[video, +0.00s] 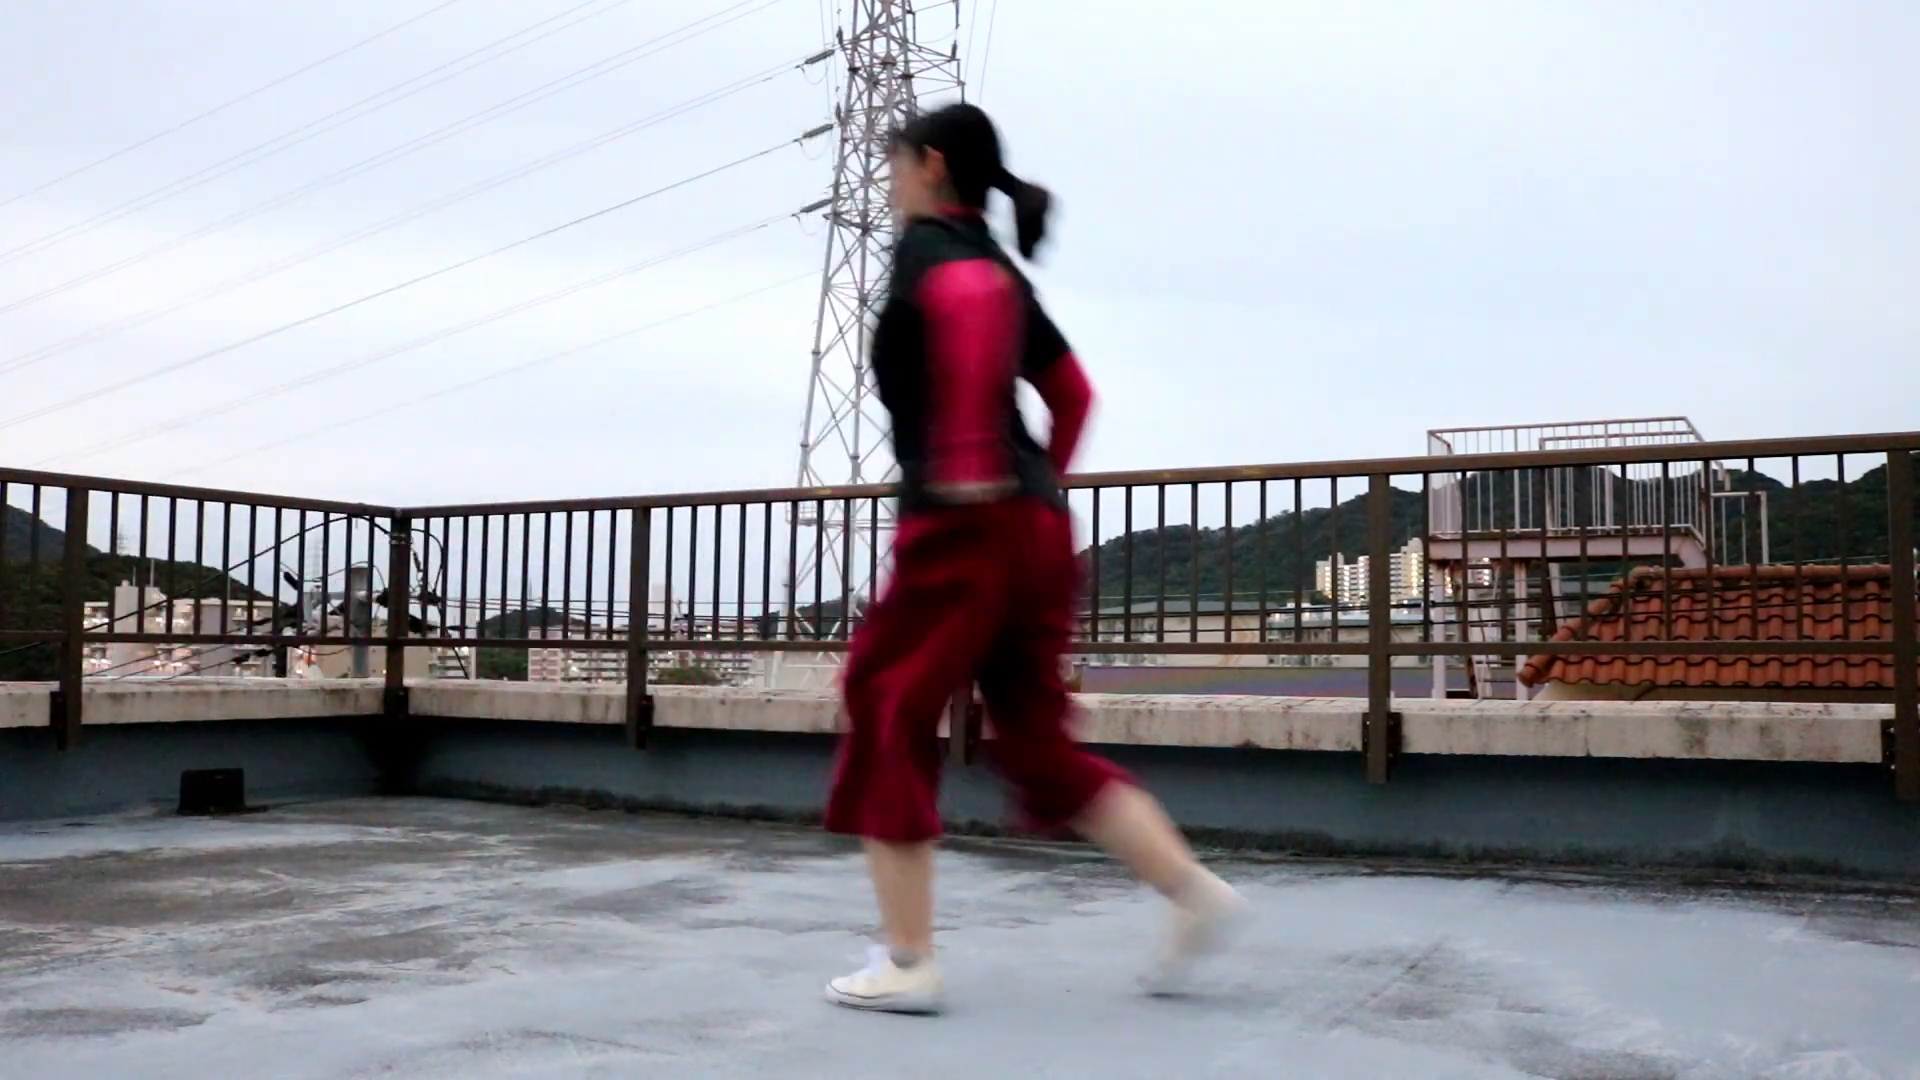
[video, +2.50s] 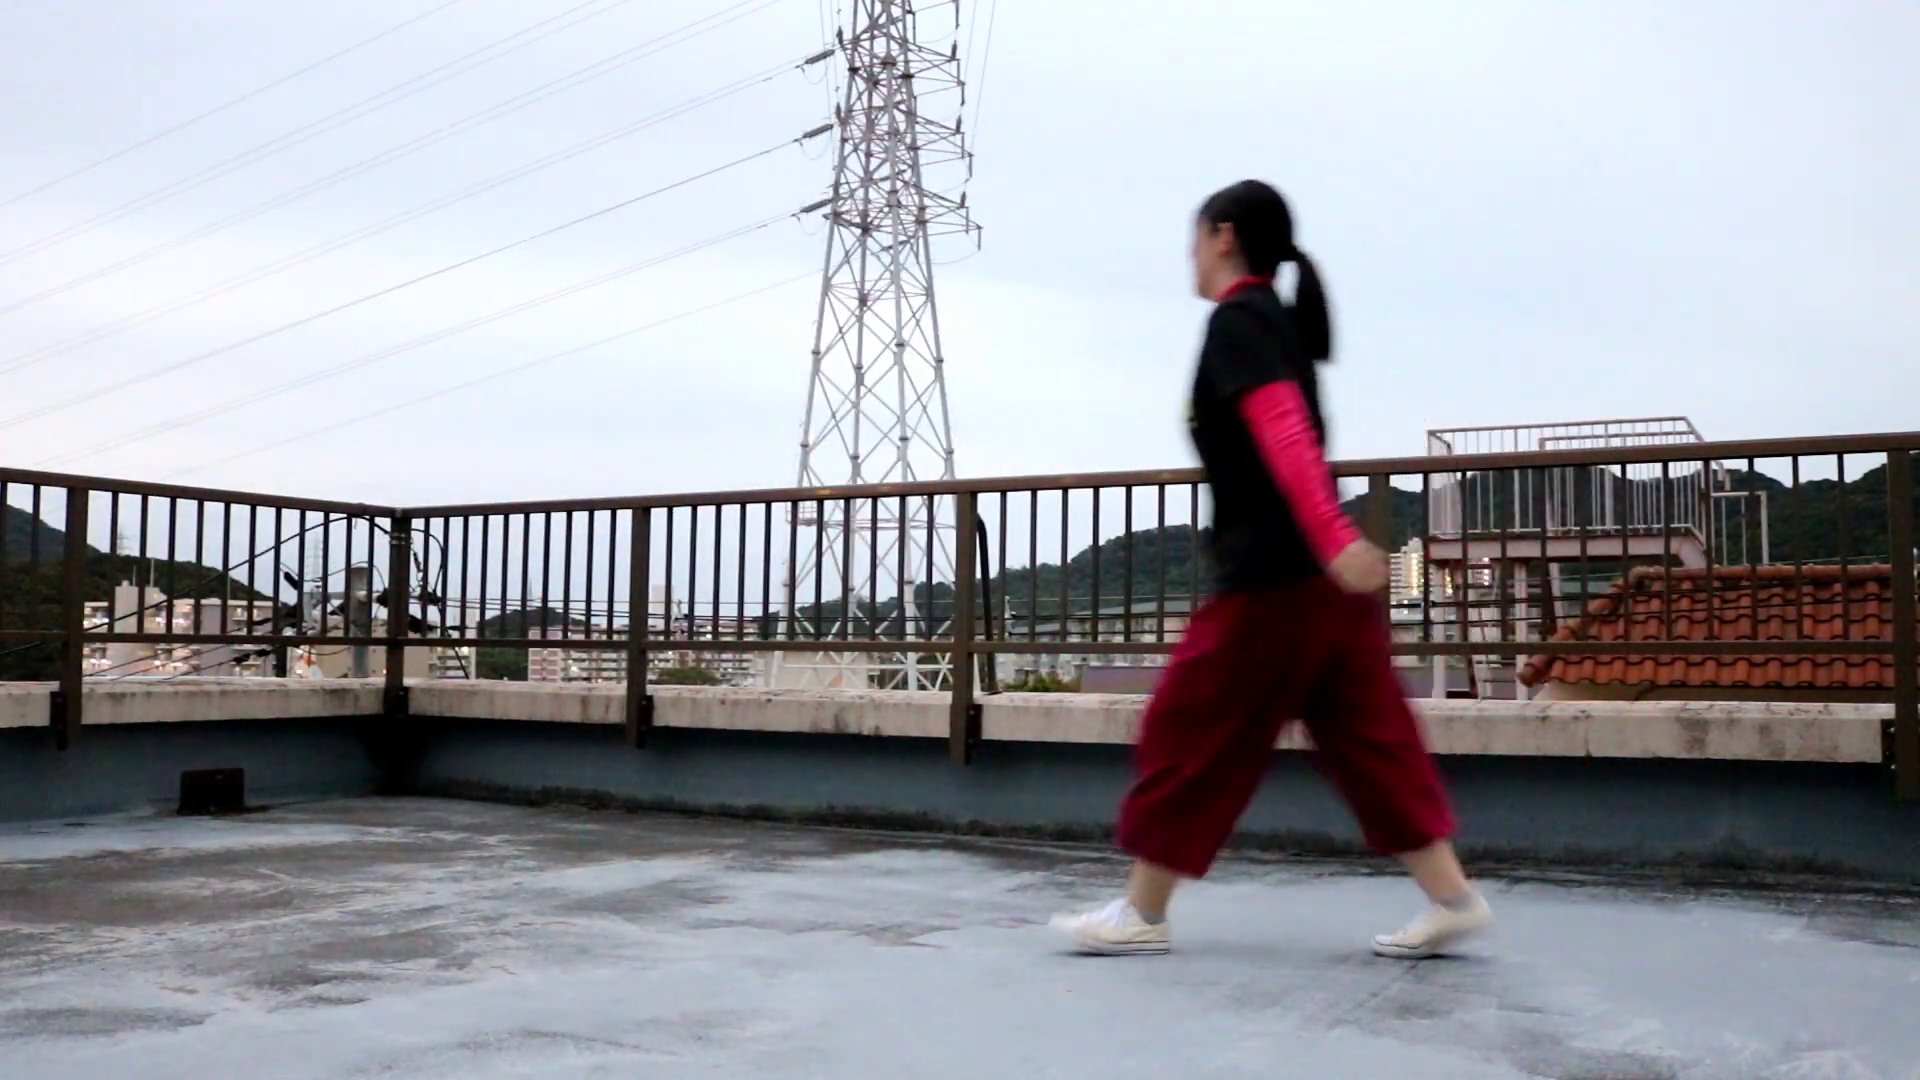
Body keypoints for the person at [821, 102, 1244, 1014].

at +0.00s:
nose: (889, 175)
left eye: (899, 161)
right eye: (895, 160)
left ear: (932, 169)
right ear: (962, 179)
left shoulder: (926, 249)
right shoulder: (998, 271)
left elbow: (975, 311)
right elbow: (1074, 394)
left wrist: (966, 462)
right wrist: (1042, 490)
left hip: (958, 531)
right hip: (1036, 531)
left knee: (884, 705)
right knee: (1034, 737)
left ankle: (909, 960)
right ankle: (1194, 890)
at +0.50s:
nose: (1219, 227)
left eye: (1231, 204)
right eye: (1199, 224)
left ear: (1279, 210)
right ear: (1195, 259)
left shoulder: (1298, 279)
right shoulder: (1252, 362)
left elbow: (1302, 319)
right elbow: (1143, 434)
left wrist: (1315, 483)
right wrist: (1079, 350)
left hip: (1399, 525)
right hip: (1434, 545)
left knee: (1209, 597)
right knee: (1355, 767)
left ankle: (1210, 827)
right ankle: (1460, 979)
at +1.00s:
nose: (1432, 184)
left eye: (1447, 162)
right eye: (1413, 177)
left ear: (1492, 163)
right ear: (1403, 199)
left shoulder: (1520, 243)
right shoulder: (1447, 286)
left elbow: (1579, 331)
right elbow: (1464, 427)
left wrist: (1524, 493)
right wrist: (1404, 518)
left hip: (1572, 533)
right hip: (1543, 540)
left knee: (1414, 697)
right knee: (1538, 744)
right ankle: (1574, 972)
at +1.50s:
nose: (1481, 157)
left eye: (1499, 135)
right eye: (1469, 151)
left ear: (1557, 143)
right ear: (1470, 180)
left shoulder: (1574, 226)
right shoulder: (1531, 258)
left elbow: (1573, 360)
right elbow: (1540, 406)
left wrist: (1480, 485)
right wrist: (1507, 530)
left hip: (1603, 531)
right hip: (1548, 540)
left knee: (1541, 724)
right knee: (1524, 728)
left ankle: (1716, 913)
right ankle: (1574, 973)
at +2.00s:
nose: (1426, 245)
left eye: (1432, 230)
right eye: (1430, 230)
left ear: (1463, 231)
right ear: (1502, 238)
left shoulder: (1438, 309)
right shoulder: (1530, 313)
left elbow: (1357, 447)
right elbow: (1538, 455)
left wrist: (1299, 555)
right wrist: (1493, 581)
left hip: (1534, 576)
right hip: (1574, 561)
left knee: (1591, 766)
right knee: (1456, 733)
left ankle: (1764, 949)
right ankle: (1470, 920)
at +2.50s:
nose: (1190, 253)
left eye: (1196, 237)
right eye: (1195, 238)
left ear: (1223, 240)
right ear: (1252, 245)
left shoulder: (1241, 325)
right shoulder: (1272, 321)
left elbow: (1289, 437)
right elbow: (1281, 445)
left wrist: (1337, 539)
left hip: (1267, 584)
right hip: (1325, 576)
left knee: (1187, 728)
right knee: (1370, 734)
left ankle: (1143, 909)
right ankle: (1452, 897)